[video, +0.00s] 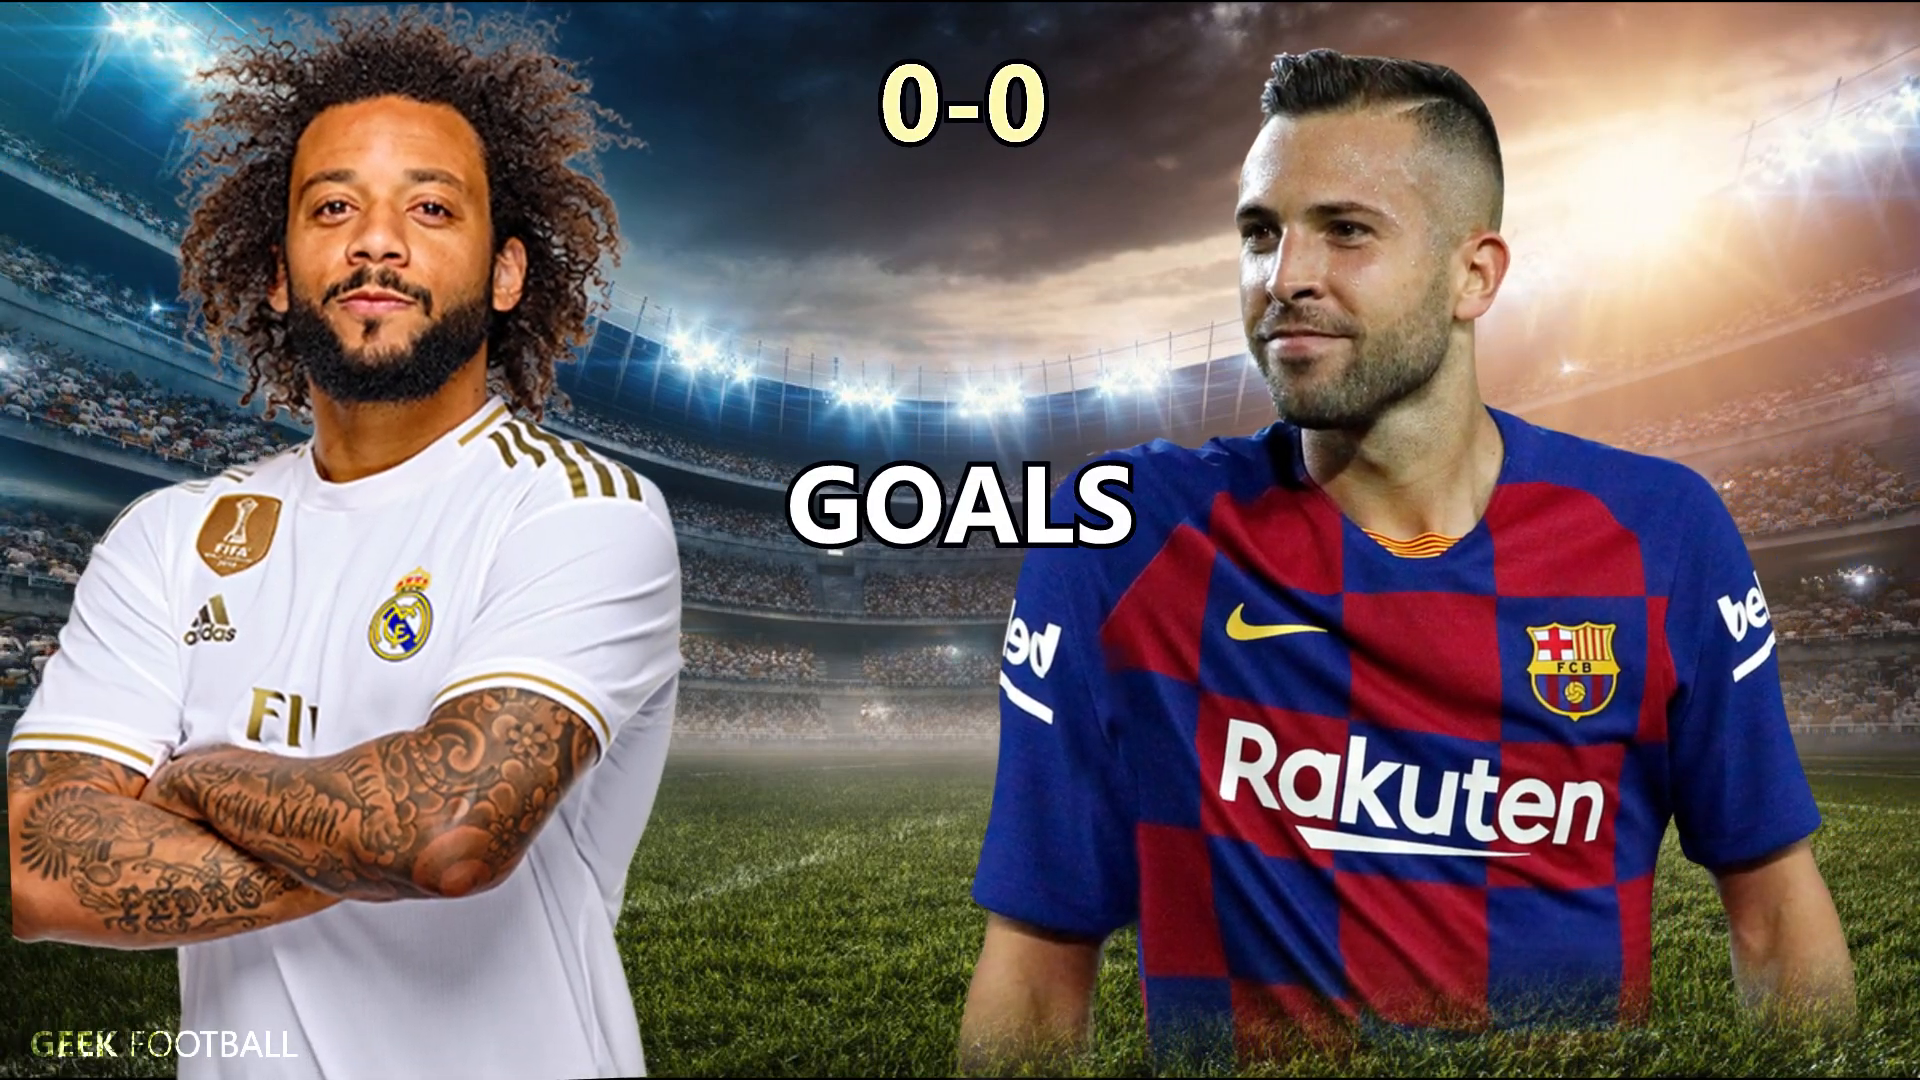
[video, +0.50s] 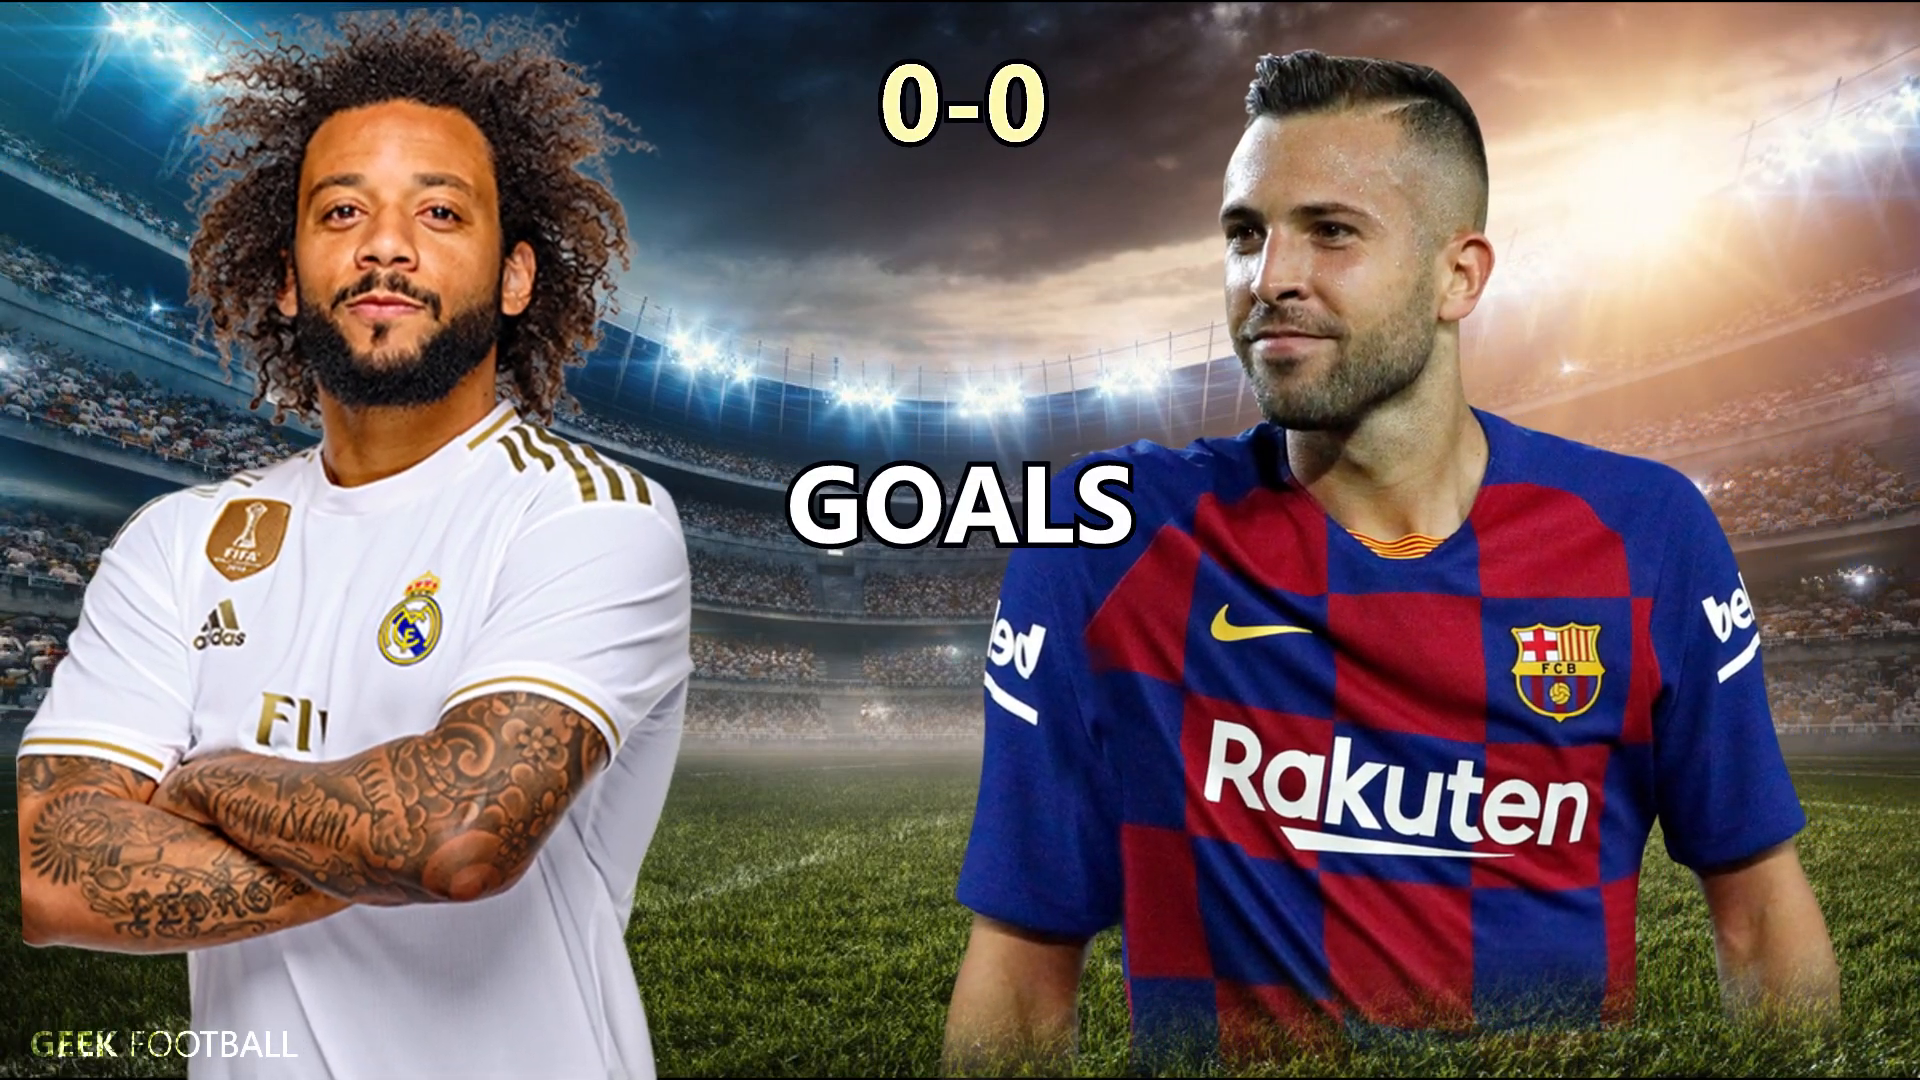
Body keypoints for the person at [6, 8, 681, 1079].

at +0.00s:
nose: (375, 243)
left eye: (431, 207)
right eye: (332, 207)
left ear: (503, 272)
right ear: (283, 270)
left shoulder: (588, 517)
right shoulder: (167, 537)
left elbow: (455, 828)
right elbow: (47, 873)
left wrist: (188, 774)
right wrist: (373, 837)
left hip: (518, 1064)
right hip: (239, 1064)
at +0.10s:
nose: (378, 244)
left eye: (432, 208)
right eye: (335, 209)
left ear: (505, 273)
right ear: (286, 272)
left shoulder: (590, 518)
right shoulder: (170, 538)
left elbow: (457, 829)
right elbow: (51, 876)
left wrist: (193, 776)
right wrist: (372, 844)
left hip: (522, 1064)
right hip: (245, 1064)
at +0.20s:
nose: (380, 245)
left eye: (434, 209)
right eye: (337, 210)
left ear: (507, 275)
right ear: (288, 273)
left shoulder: (592, 519)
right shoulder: (172, 539)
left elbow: (458, 830)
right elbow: (53, 876)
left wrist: (194, 776)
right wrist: (375, 845)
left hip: (522, 1064)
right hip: (245, 1064)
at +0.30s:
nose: (382, 246)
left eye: (436, 210)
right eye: (338, 210)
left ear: (509, 275)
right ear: (289, 274)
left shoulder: (594, 519)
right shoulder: (174, 539)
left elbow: (460, 832)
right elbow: (56, 877)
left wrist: (196, 776)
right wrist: (379, 844)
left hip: (525, 1064)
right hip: (247, 1065)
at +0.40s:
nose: (384, 247)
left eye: (438, 210)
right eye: (340, 211)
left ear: (510, 276)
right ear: (291, 274)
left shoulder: (596, 520)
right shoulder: (175, 542)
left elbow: (462, 833)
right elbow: (58, 879)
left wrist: (197, 777)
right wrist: (379, 844)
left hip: (526, 1064)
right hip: (249, 1065)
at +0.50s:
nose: (385, 248)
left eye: (439, 211)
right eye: (341, 212)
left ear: (512, 277)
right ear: (292, 275)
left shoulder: (597, 520)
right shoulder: (177, 541)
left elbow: (464, 834)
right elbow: (59, 880)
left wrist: (197, 778)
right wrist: (381, 843)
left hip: (528, 1065)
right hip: (252, 1064)